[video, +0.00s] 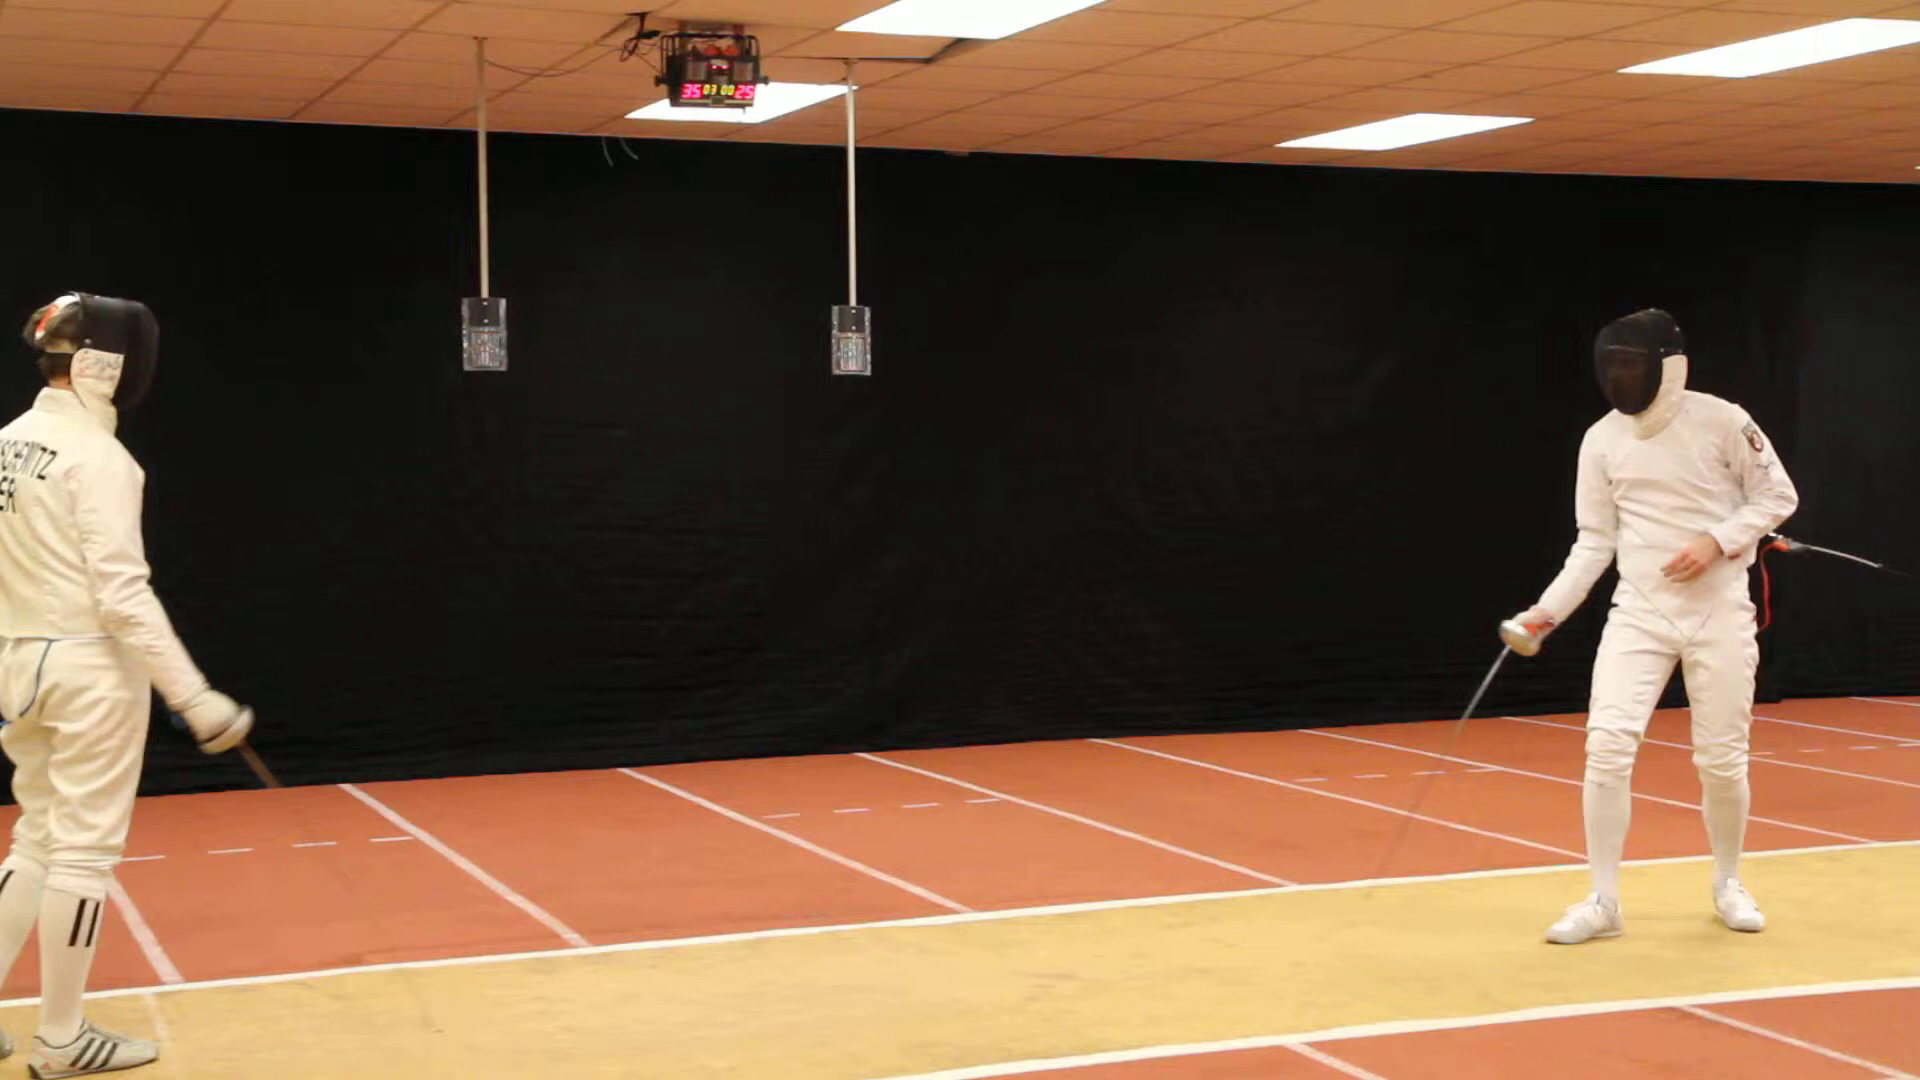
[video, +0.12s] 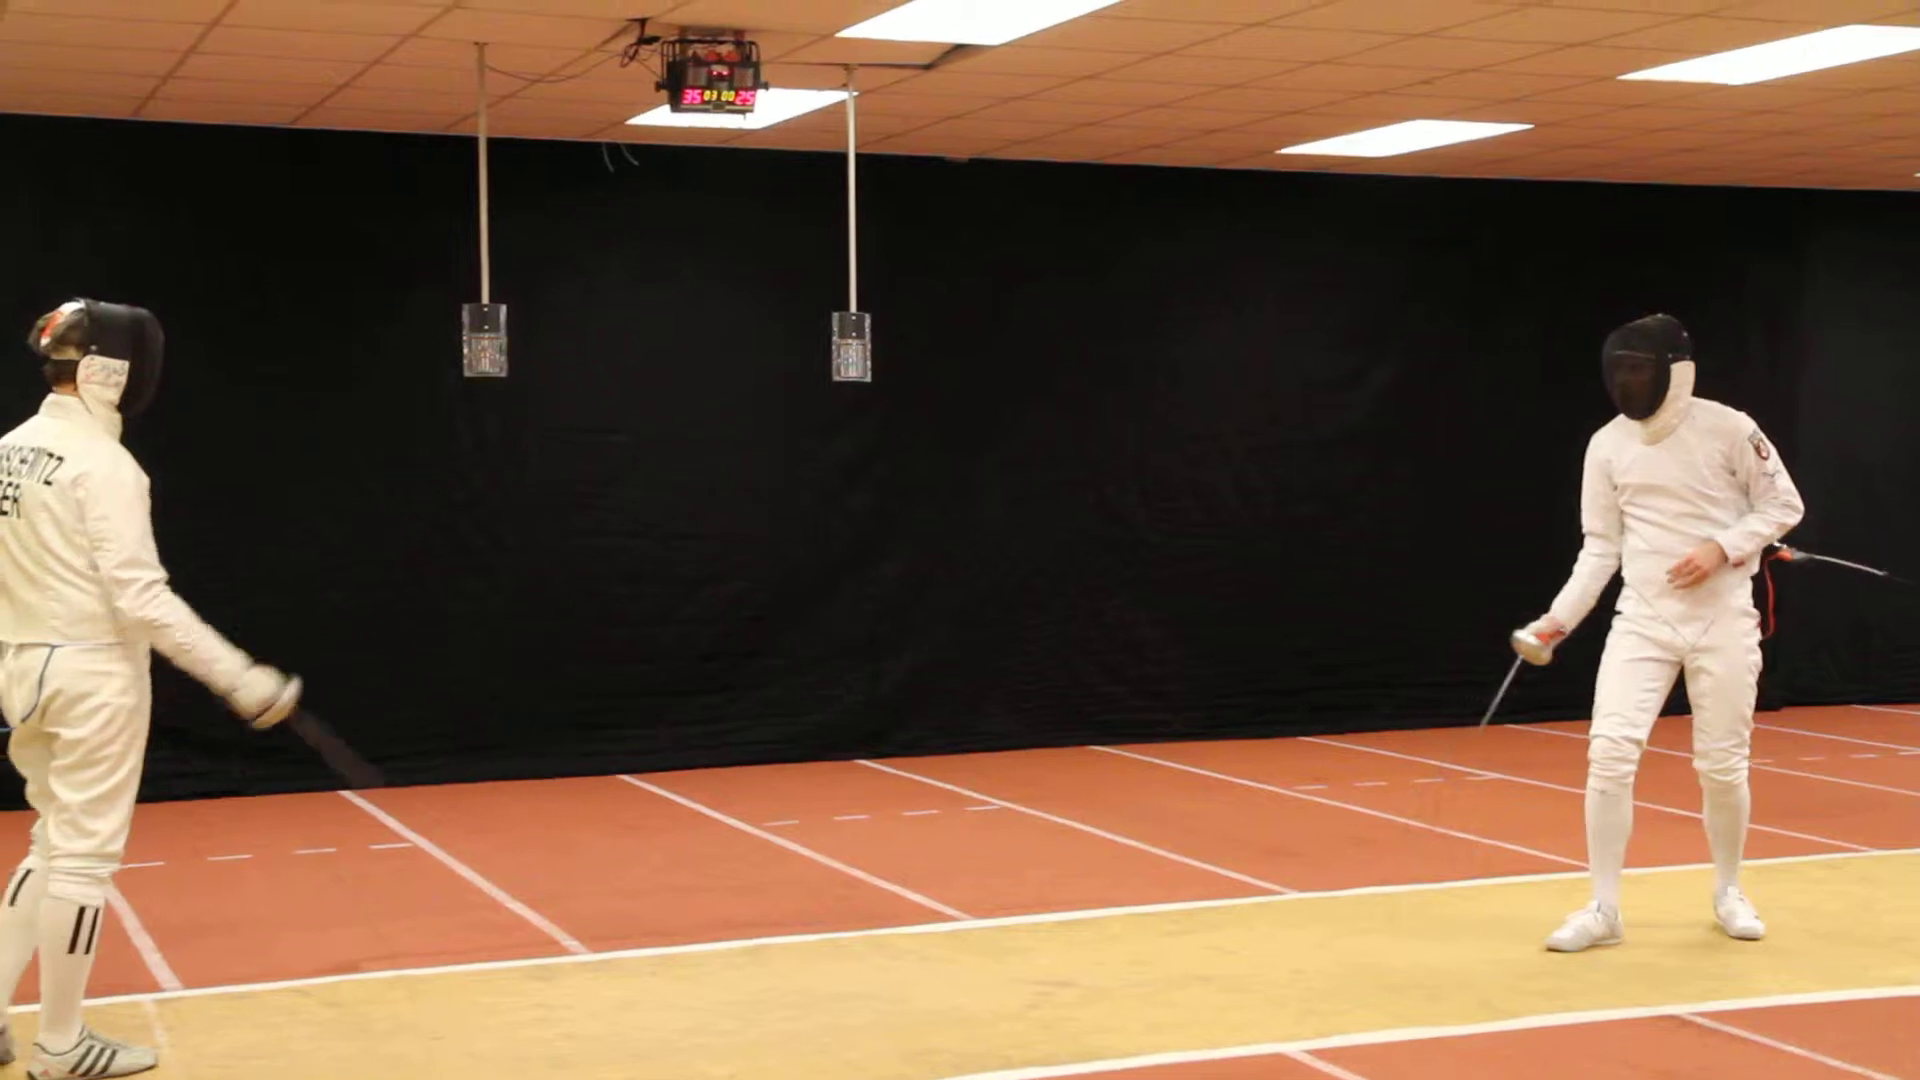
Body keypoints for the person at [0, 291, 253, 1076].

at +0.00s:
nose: (131, 377)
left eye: (129, 362)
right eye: (124, 363)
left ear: (57, 361)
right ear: (99, 366)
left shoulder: (12, 440)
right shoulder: (100, 459)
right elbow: (124, 597)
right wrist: (196, 697)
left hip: (15, 663)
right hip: (88, 667)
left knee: (37, 839)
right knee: (84, 851)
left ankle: (6, 1006)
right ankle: (61, 1036)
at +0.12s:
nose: (139, 386)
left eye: (137, 371)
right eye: (135, 372)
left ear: (61, 366)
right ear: (111, 372)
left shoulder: (16, 446)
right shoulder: (107, 466)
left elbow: (23, 574)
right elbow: (144, 599)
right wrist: (243, 678)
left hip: (19, 669)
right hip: (93, 675)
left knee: (54, 846)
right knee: (84, 857)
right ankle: (59, 1041)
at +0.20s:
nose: (143, 384)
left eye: (139, 370)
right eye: (137, 371)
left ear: (69, 368)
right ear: (109, 372)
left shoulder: (19, 445)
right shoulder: (113, 463)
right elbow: (172, 588)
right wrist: (297, 625)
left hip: (23, 669)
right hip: (97, 673)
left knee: (68, 841)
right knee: (86, 853)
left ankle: (17, 1014)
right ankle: (58, 1041)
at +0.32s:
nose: (148, 383)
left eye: (147, 369)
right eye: (143, 370)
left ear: (73, 366)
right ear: (117, 370)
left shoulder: (23, 447)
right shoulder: (123, 464)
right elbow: (236, 553)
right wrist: (360, 539)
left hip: (31, 671)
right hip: (104, 678)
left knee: (79, 847)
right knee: (88, 855)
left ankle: (61, 1026)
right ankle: (60, 1040)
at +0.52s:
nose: (162, 392)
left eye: (163, 378)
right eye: (160, 378)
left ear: (83, 371)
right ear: (138, 376)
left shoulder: (21, 469)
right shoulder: (151, 456)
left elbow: (11, 598)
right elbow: (288, 474)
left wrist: (62, 660)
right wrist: (412, 444)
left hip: (52, 678)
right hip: (136, 675)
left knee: (92, 845)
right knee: (156, 847)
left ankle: (68, 1027)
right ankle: (73, 1027)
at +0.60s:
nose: (168, 393)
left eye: (169, 380)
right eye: (166, 380)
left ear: (91, 373)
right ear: (144, 378)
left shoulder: (30, 471)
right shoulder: (159, 456)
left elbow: (15, 599)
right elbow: (298, 475)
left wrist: (71, 662)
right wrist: (418, 440)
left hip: (65, 682)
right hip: (150, 675)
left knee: (96, 845)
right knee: (213, 833)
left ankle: (71, 1026)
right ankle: (106, 992)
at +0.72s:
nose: (185, 396)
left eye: (185, 383)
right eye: (181, 383)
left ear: (109, 381)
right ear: (158, 382)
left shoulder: (51, 473)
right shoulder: (180, 462)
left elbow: (19, 589)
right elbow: (319, 484)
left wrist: (80, 661)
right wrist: (434, 444)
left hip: (84, 684)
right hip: (169, 674)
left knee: (109, 846)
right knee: (276, 813)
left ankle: (68, 1025)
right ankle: (192, 979)